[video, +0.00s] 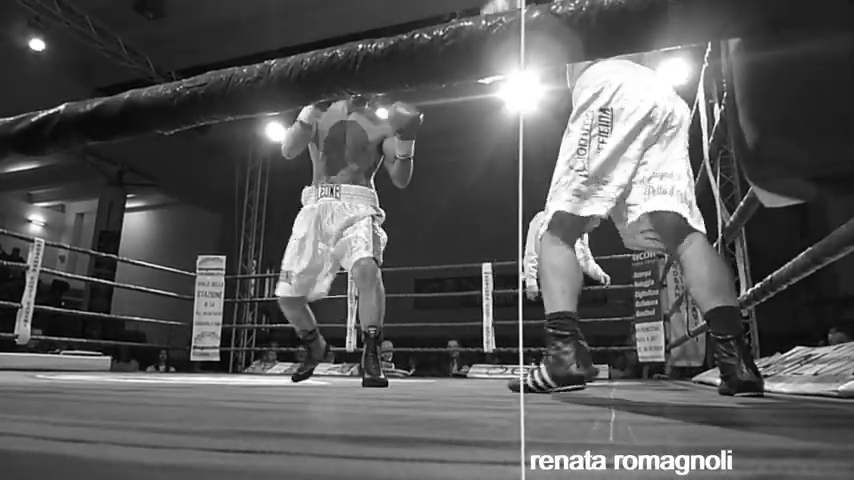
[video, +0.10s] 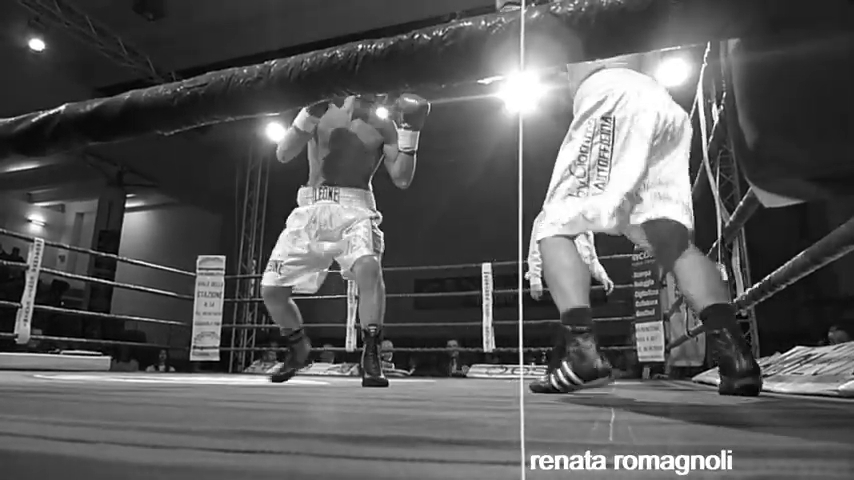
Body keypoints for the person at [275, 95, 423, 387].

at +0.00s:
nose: (357, 86)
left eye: (365, 81)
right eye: (350, 79)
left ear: (376, 87)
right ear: (338, 82)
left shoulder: (383, 122)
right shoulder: (316, 112)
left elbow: (401, 179)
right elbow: (289, 151)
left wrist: (406, 138)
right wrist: (315, 110)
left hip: (358, 207)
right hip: (316, 207)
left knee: (366, 268)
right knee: (289, 296)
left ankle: (372, 356)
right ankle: (315, 347)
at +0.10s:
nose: (375, 91)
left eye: (380, 85)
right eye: (369, 82)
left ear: (384, 91)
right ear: (350, 83)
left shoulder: (384, 125)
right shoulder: (319, 110)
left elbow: (402, 179)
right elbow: (283, 154)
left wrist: (409, 133)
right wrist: (311, 114)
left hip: (356, 210)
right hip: (311, 207)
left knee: (368, 268)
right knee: (272, 290)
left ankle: (371, 357)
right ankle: (299, 349)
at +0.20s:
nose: (356, 92)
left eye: (363, 87)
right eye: (349, 85)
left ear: (375, 96)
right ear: (336, 89)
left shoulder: (380, 134)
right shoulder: (312, 117)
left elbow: (400, 192)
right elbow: (283, 159)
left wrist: (404, 144)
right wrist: (314, 122)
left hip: (350, 223)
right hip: (301, 221)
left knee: (372, 269)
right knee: (254, 295)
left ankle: (372, 359)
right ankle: (256, 354)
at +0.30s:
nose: (348, 97)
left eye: (356, 92)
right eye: (341, 89)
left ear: (365, 100)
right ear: (327, 90)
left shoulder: (369, 137)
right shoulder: (300, 120)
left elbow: (387, 196)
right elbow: (288, 153)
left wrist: (395, 154)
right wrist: (328, 120)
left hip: (344, 225)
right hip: (295, 223)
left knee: (367, 271)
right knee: (243, 297)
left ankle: (371, 361)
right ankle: (235, 358)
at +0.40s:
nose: (346, 96)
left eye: (351, 91)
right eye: (340, 89)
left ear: (353, 97)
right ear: (323, 88)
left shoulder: (355, 133)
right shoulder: (286, 115)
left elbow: (369, 188)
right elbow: (281, 135)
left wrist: (378, 147)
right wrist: (322, 110)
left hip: (330, 216)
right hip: (284, 214)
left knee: (350, 275)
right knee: (237, 294)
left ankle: (366, 361)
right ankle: (233, 363)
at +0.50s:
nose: (322, 69)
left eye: (329, 63)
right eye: (316, 60)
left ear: (337, 69)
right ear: (303, 63)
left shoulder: (339, 109)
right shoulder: (273, 98)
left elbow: (348, 168)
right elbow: (276, 128)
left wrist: (359, 131)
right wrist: (311, 96)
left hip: (318, 196)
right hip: (272, 195)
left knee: (332, 272)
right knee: (240, 279)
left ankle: (346, 359)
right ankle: (228, 361)